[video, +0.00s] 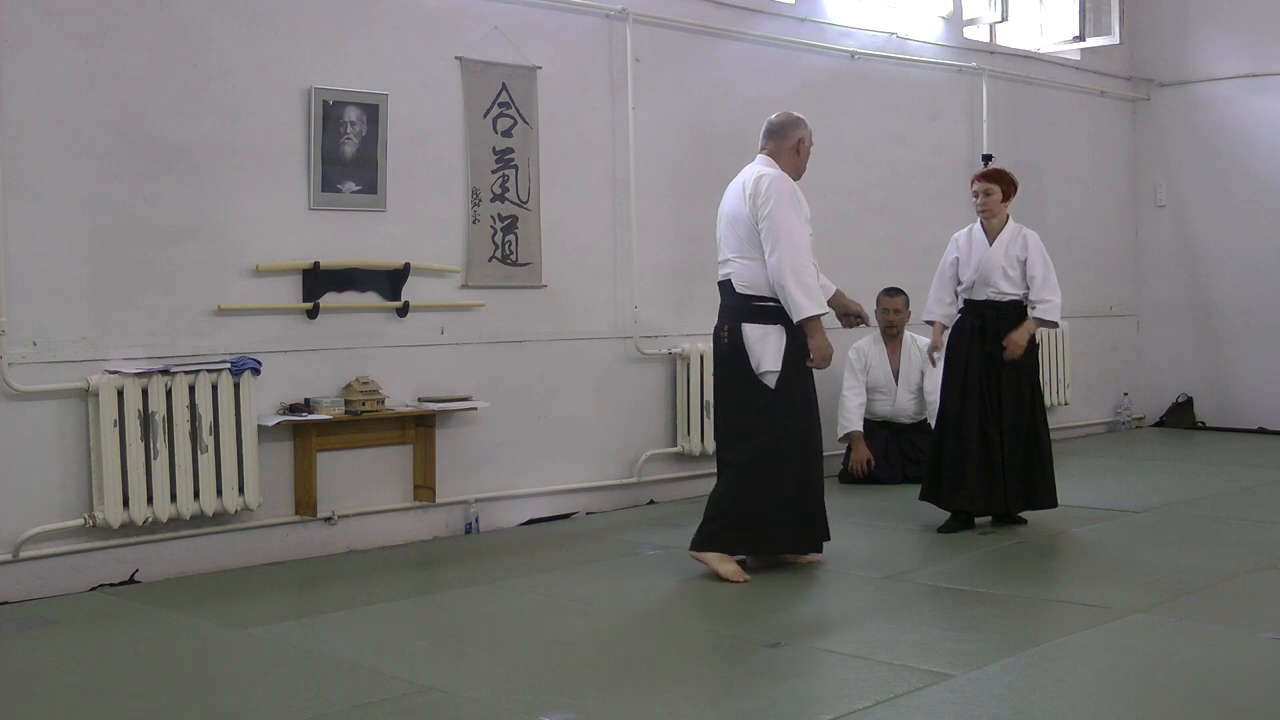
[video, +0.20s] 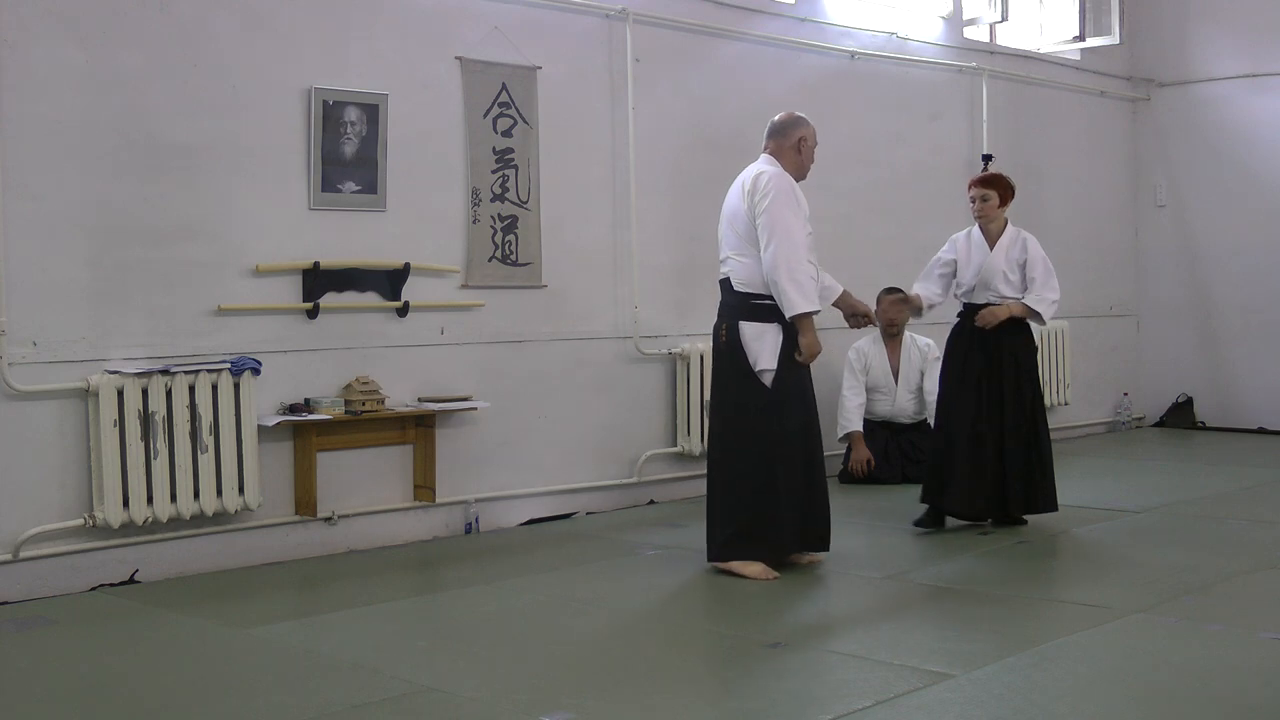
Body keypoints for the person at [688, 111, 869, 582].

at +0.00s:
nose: (809, 160)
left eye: (809, 151)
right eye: (809, 151)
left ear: (767, 143)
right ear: (798, 146)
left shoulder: (749, 180)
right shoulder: (776, 184)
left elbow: (789, 259)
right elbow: (790, 261)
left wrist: (837, 299)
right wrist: (814, 329)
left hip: (748, 318)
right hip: (763, 320)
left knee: (782, 431)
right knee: (771, 433)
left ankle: (776, 541)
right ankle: (713, 540)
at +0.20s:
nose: (813, 160)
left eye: (813, 150)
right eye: (812, 150)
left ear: (777, 143)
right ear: (798, 145)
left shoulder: (761, 179)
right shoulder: (774, 182)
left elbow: (796, 262)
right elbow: (782, 258)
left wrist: (844, 300)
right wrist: (806, 326)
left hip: (765, 318)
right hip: (757, 320)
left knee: (785, 431)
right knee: (750, 434)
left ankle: (780, 540)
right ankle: (735, 550)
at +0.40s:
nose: (818, 159)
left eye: (818, 150)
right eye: (817, 149)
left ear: (784, 142)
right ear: (802, 144)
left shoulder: (772, 181)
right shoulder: (773, 181)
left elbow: (801, 263)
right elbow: (779, 257)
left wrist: (848, 300)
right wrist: (801, 326)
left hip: (768, 320)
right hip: (754, 321)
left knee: (786, 432)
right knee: (751, 435)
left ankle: (781, 541)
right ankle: (737, 550)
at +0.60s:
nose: (824, 157)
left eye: (824, 148)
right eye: (821, 147)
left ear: (790, 142)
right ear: (799, 142)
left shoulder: (775, 182)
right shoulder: (772, 181)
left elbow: (798, 266)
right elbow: (776, 258)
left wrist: (841, 305)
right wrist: (798, 327)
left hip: (767, 319)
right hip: (752, 320)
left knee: (778, 433)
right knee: (748, 434)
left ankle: (775, 541)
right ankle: (730, 550)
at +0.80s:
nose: (823, 152)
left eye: (822, 143)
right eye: (818, 141)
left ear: (787, 140)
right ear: (789, 139)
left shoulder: (777, 184)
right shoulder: (767, 180)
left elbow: (796, 266)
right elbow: (771, 259)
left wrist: (832, 313)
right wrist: (795, 328)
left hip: (768, 323)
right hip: (748, 323)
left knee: (778, 437)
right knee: (742, 439)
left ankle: (775, 545)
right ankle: (726, 556)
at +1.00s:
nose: (816, 148)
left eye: (815, 140)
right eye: (810, 139)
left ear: (778, 140)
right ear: (779, 139)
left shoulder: (767, 182)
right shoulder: (759, 181)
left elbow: (788, 265)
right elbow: (763, 262)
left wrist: (823, 314)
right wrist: (788, 333)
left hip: (762, 323)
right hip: (744, 323)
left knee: (774, 437)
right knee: (738, 441)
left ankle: (776, 545)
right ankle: (725, 558)